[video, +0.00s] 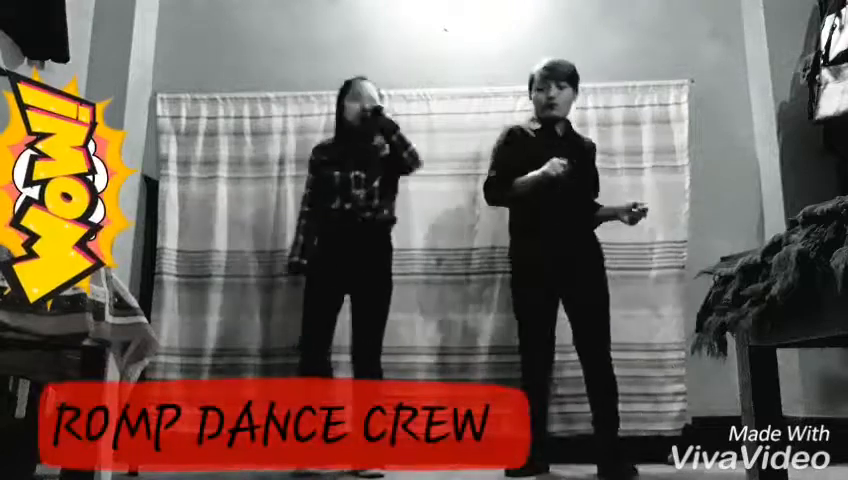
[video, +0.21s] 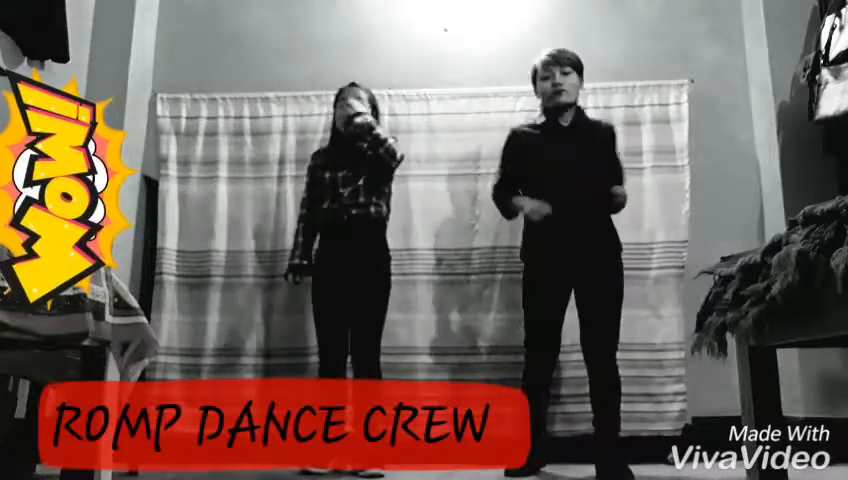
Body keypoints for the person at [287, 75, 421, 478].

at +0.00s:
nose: (361, 109)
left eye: (367, 102)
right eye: (354, 101)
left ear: (377, 107)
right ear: (341, 106)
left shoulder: (386, 148)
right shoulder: (325, 151)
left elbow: (411, 163)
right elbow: (310, 206)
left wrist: (387, 124)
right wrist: (299, 251)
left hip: (371, 258)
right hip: (327, 256)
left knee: (367, 351)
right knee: (315, 347)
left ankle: (368, 435)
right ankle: (314, 428)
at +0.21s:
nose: (348, 120)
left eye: (356, 113)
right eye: (342, 113)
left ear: (372, 116)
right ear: (334, 117)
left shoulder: (381, 152)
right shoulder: (321, 158)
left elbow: (391, 159)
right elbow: (308, 211)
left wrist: (368, 129)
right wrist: (299, 257)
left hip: (370, 261)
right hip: (330, 262)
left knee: (365, 355)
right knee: (330, 355)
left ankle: (370, 442)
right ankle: (330, 441)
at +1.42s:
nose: (313, 83)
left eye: (322, 80)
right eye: (305, 75)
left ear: (331, 98)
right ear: (287, 88)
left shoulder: (339, 132)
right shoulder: (264, 124)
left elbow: (386, 168)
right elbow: (211, 124)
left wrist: (381, 128)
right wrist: (218, 138)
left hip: (334, 246)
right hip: (286, 244)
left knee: (337, 353)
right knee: (272, 352)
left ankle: (342, 458)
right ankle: (251, 455)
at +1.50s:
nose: (324, 83)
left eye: (332, 80)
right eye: (315, 77)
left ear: (342, 95)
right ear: (299, 90)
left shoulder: (351, 132)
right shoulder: (279, 131)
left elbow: (398, 161)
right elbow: (232, 168)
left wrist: (394, 136)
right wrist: (237, 163)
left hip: (327, 249)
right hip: (279, 247)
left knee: (331, 352)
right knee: (266, 351)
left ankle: (344, 457)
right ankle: (250, 455)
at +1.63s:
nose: (332, 81)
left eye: (339, 78)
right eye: (323, 75)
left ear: (349, 94)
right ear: (305, 87)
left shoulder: (358, 132)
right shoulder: (282, 124)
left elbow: (396, 174)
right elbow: (229, 138)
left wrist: (401, 153)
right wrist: (242, 113)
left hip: (336, 245)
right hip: (289, 242)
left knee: (337, 351)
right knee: (273, 349)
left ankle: (344, 456)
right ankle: (251, 454)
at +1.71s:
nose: (334, 88)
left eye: (342, 83)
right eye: (325, 81)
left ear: (352, 96)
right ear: (309, 90)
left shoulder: (356, 140)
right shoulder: (284, 128)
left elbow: (400, 173)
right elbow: (222, 126)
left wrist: (390, 134)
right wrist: (255, 120)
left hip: (339, 249)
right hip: (292, 245)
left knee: (339, 354)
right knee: (274, 351)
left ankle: (345, 458)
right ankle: (250, 455)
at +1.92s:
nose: (314, 89)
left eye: (323, 84)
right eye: (305, 82)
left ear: (334, 95)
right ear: (290, 90)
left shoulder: (345, 147)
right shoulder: (269, 141)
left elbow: (354, 208)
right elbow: (254, 200)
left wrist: (359, 260)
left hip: (333, 262)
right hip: (279, 261)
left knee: (336, 358)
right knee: (269, 356)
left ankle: (343, 456)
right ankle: (250, 455)